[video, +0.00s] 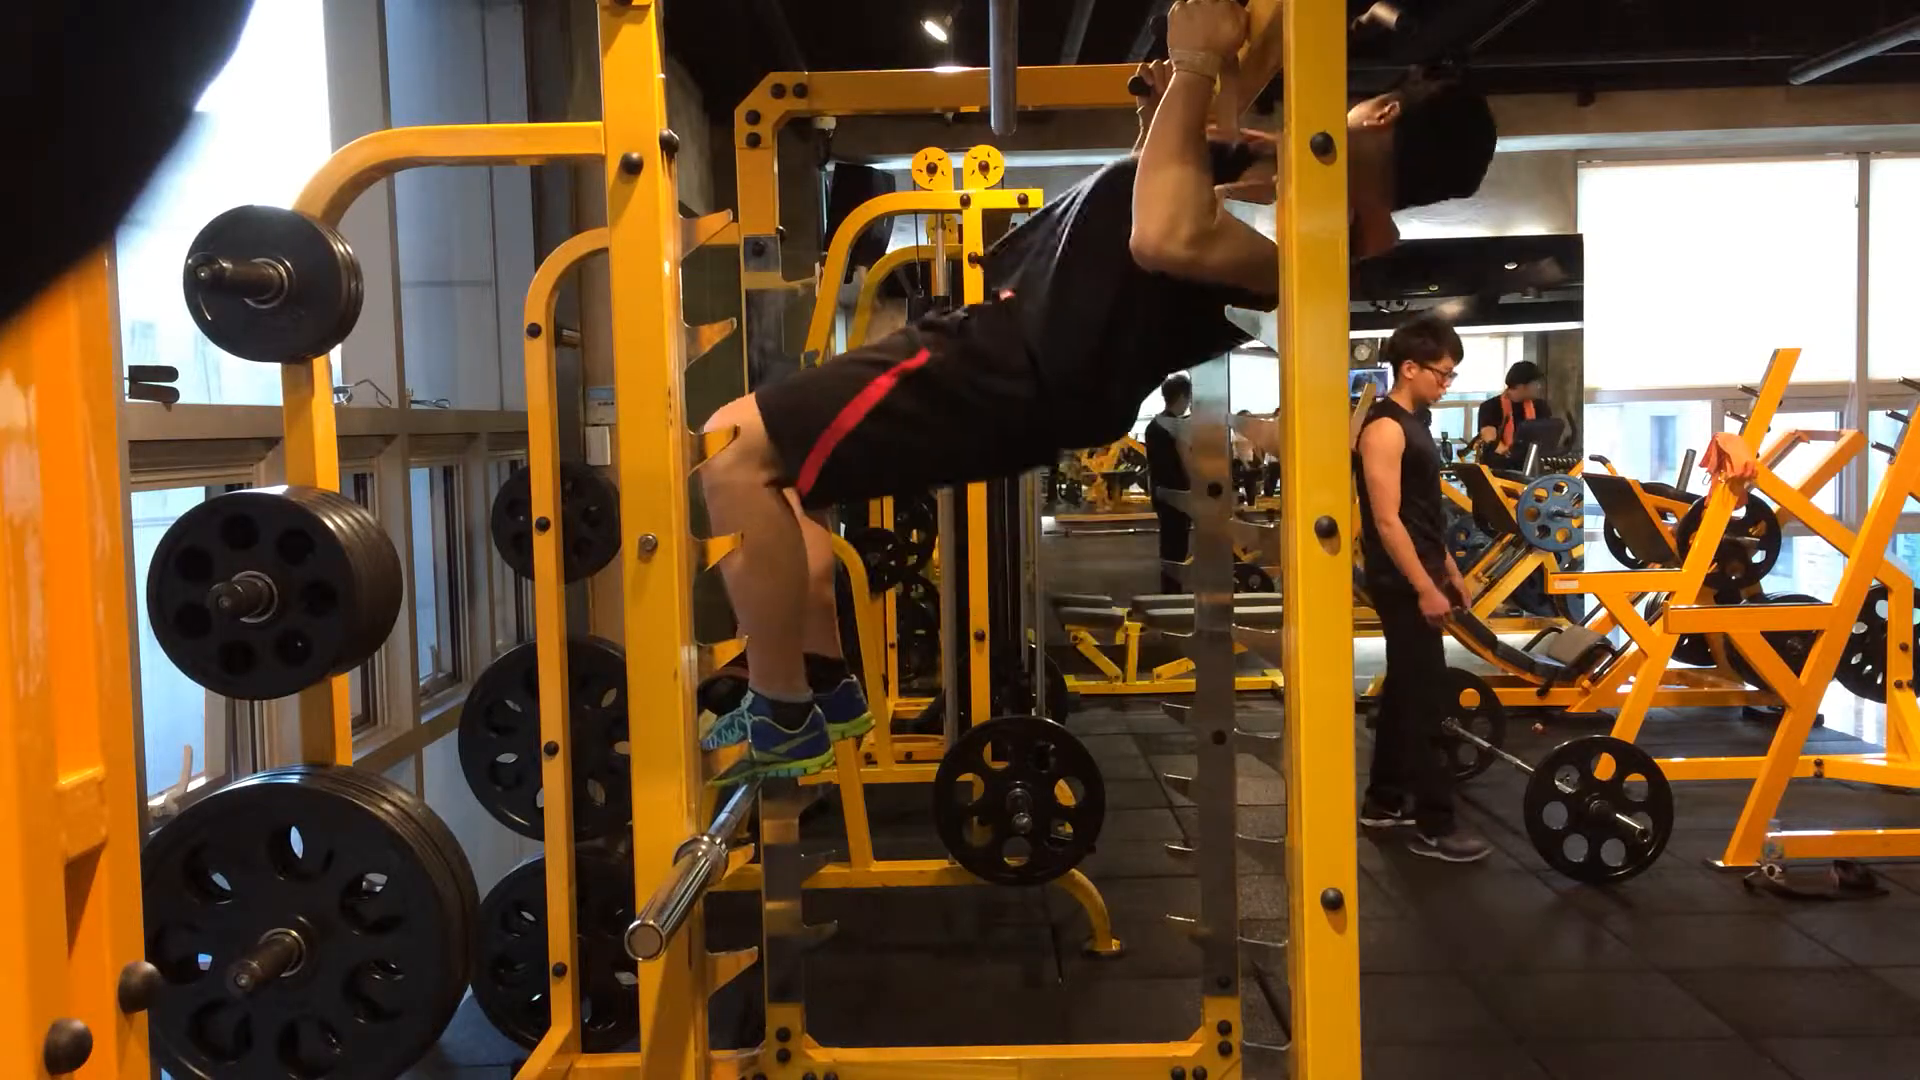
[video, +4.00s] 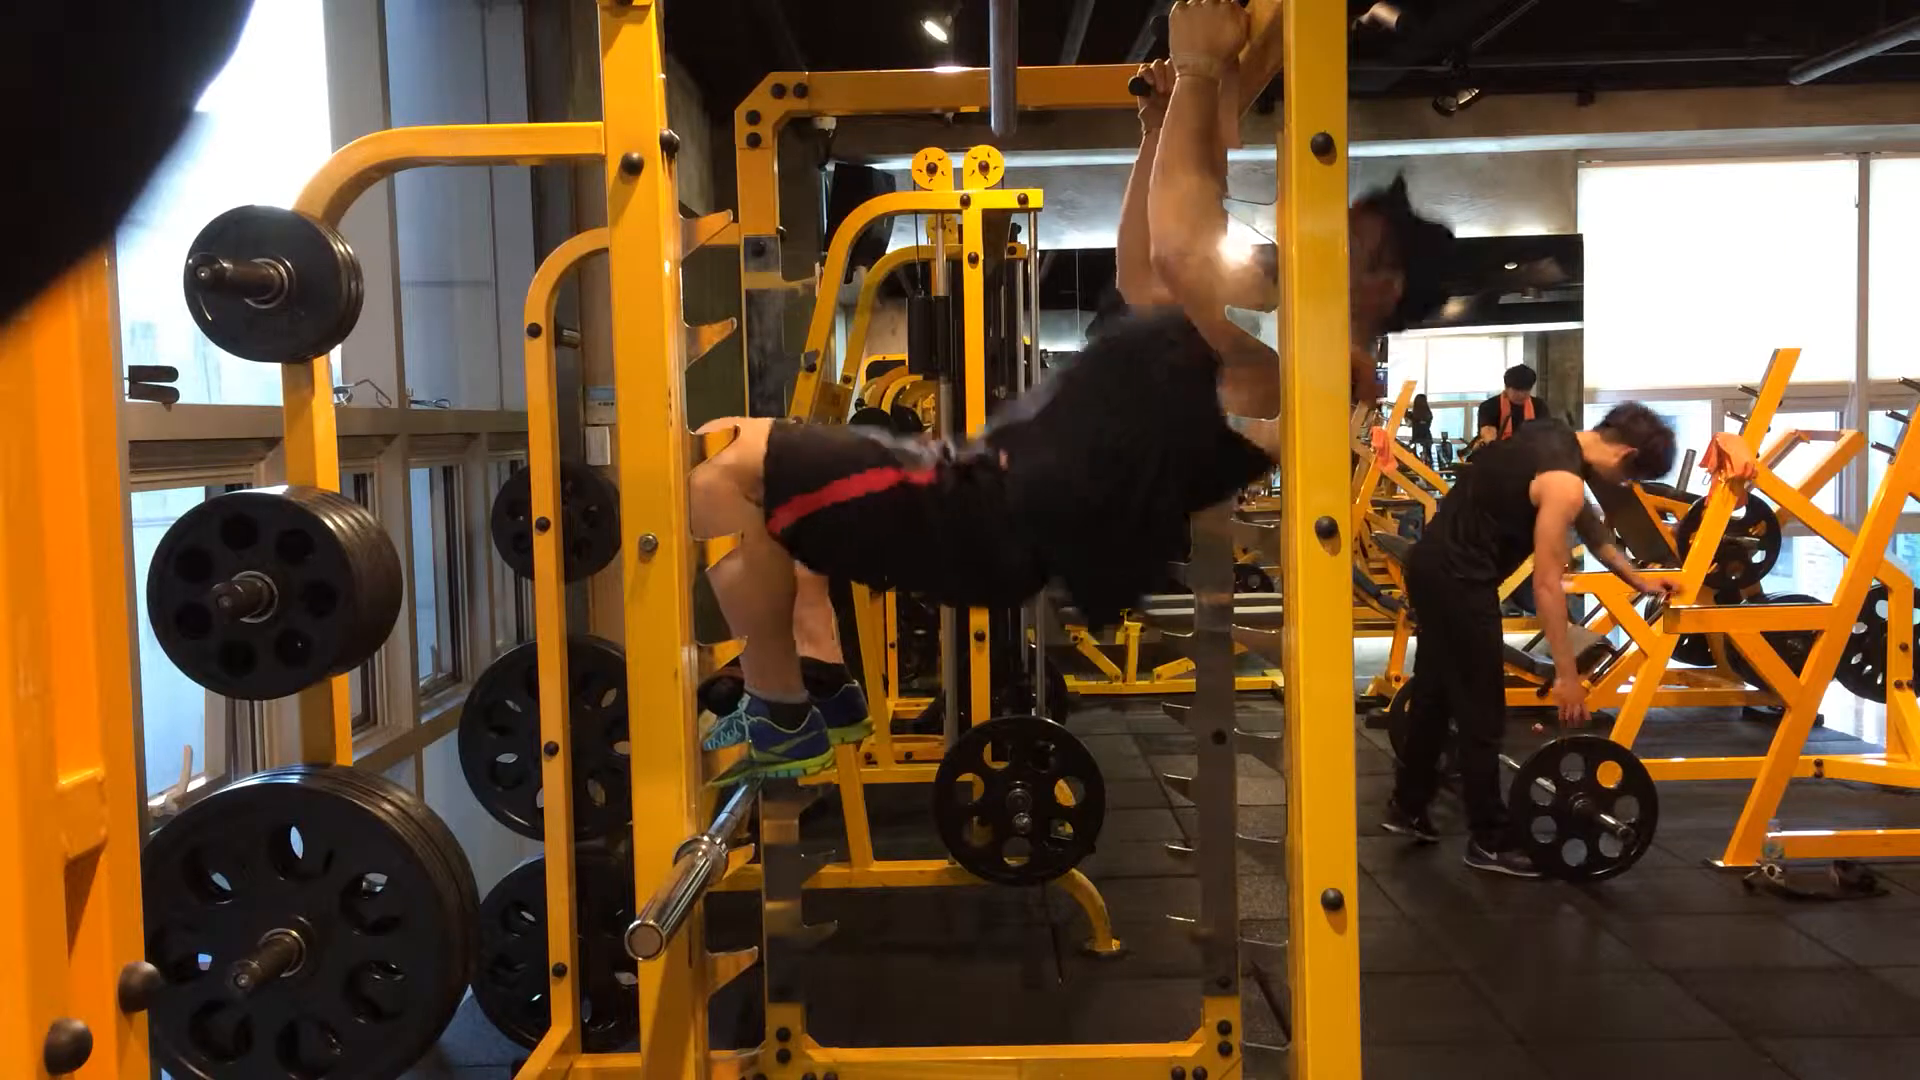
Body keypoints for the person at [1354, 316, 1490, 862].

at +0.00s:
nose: (1447, 383)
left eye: (1450, 375)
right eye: (1441, 373)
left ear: (1418, 372)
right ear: (1409, 367)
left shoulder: (1410, 422)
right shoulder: (1385, 427)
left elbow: (1422, 512)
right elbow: (1385, 521)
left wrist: (1448, 568)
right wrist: (1423, 589)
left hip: (1414, 576)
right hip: (1399, 579)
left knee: (1405, 687)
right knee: (1427, 692)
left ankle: (1385, 801)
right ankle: (1432, 827)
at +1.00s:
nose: (1530, 411)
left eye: (1535, 403)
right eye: (1532, 400)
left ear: (1509, 382)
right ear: (1513, 383)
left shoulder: (1474, 423)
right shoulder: (1463, 430)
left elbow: (1472, 526)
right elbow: (1462, 531)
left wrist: (1495, 592)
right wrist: (1499, 603)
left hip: (1465, 588)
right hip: (1450, 591)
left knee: (1496, 706)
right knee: (1457, 709)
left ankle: (1515, 824)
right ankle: (1432, 830)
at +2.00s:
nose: (1656, 503)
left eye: (1666, 498)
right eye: (1665, 496)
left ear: (1653, 461)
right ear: (1656, 471)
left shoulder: (1597, 447)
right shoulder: (1593, 502)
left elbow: (1609, 541)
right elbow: (1575, 604)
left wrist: (1651, 589)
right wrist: (1589, 685)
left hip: (1479, 559)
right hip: (1481, 573)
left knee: (1505, 702)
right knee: (1504, 708)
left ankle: (1502, 821)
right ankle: (1494, 838)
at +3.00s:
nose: (1659, 524)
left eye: (1666, 522)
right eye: (1667, 519)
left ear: (1655, 467)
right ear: (1667, 494)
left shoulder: (1599, 443)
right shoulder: (1609, 520)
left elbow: (1615, 529)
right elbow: (1592, 625)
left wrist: (1649, 588)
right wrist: (1602, 709)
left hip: (1453, 556)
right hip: (1482, 579)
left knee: (1450, 686)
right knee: (1493, 708)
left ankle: (1406, 793)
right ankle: (1491, 838)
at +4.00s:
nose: (1618, 482)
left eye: (1627, 477)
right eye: (1626, 475)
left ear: (1613, 437)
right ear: (1623, 453)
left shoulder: (1549, 435)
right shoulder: (1562, 483)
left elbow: (1592, 526)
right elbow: (1547, 584)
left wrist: (1636, 578)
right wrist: (1566, 674)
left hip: (1433, 565)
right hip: (1462, 581)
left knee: (1433, 693)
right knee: (1483, 710)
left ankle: (1406, 807)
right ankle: (1490, 838)